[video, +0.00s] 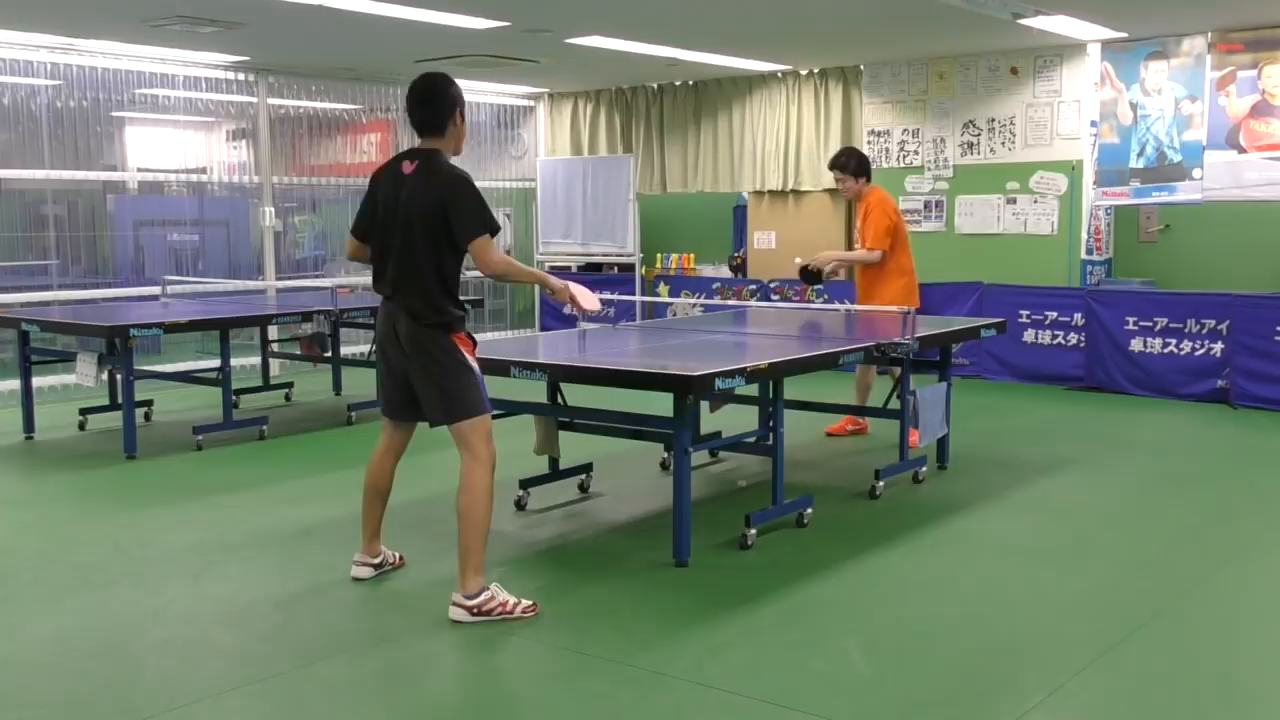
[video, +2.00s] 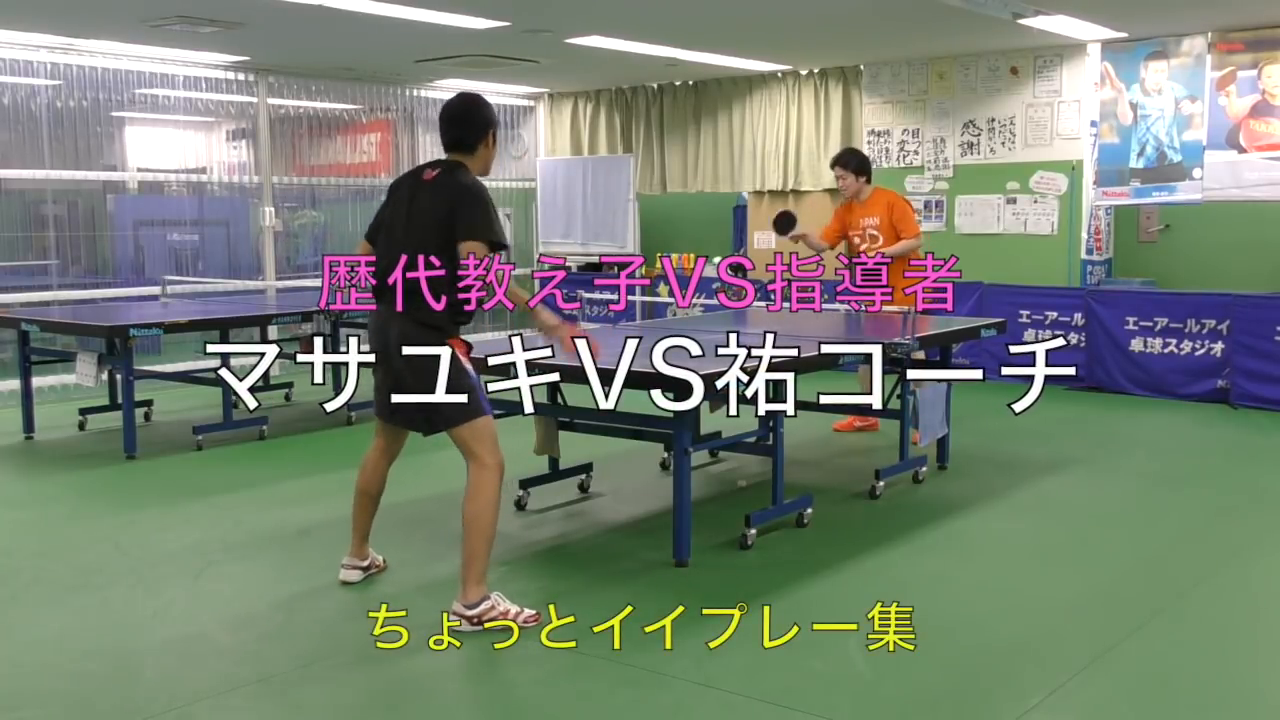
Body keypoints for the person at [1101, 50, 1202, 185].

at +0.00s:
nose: (1159, 77)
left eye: (1162, 71)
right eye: (1155, 71)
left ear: (1168, 72)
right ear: (1144, 72)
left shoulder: (1174, 89)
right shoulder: (1135, 91)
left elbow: (1199, 105)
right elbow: (1125, 121)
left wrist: (1191, 107)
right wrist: (1121, 94)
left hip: (1171, 161)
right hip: (1141, 163)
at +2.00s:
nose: (1159, 77)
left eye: (1163, 71)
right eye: (1155, 71)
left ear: (1168, 73)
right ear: (1144, 72)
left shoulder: (1173, 89)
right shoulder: (1135, 91)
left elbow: (1199, 106)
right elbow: (1125, 121)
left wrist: (1191, 107)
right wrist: (1121, 94)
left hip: (1171, 161)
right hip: (1142, 163)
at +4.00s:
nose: (1159, 76)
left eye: (1163, 71)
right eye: (1155, 71)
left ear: (1168, 73)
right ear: (1144, 72)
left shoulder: (1174, 89)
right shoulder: (1135, 91)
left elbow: (1199, 106)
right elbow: (1125, 121)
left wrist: (1191, 107)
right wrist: (1121, 94)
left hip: (1171, 161)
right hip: (1141, 163)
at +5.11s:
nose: (1158, 77)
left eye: (1162, 72)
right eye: (1154, 71)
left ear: (1167, 73)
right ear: (1143, 72)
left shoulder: (1173, 90)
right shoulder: (1135, 91)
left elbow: (1198, 106)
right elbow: (1125, 121)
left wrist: (1190, 107)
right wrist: (1121, 95)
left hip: (1171, 162)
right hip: (1141, 164)